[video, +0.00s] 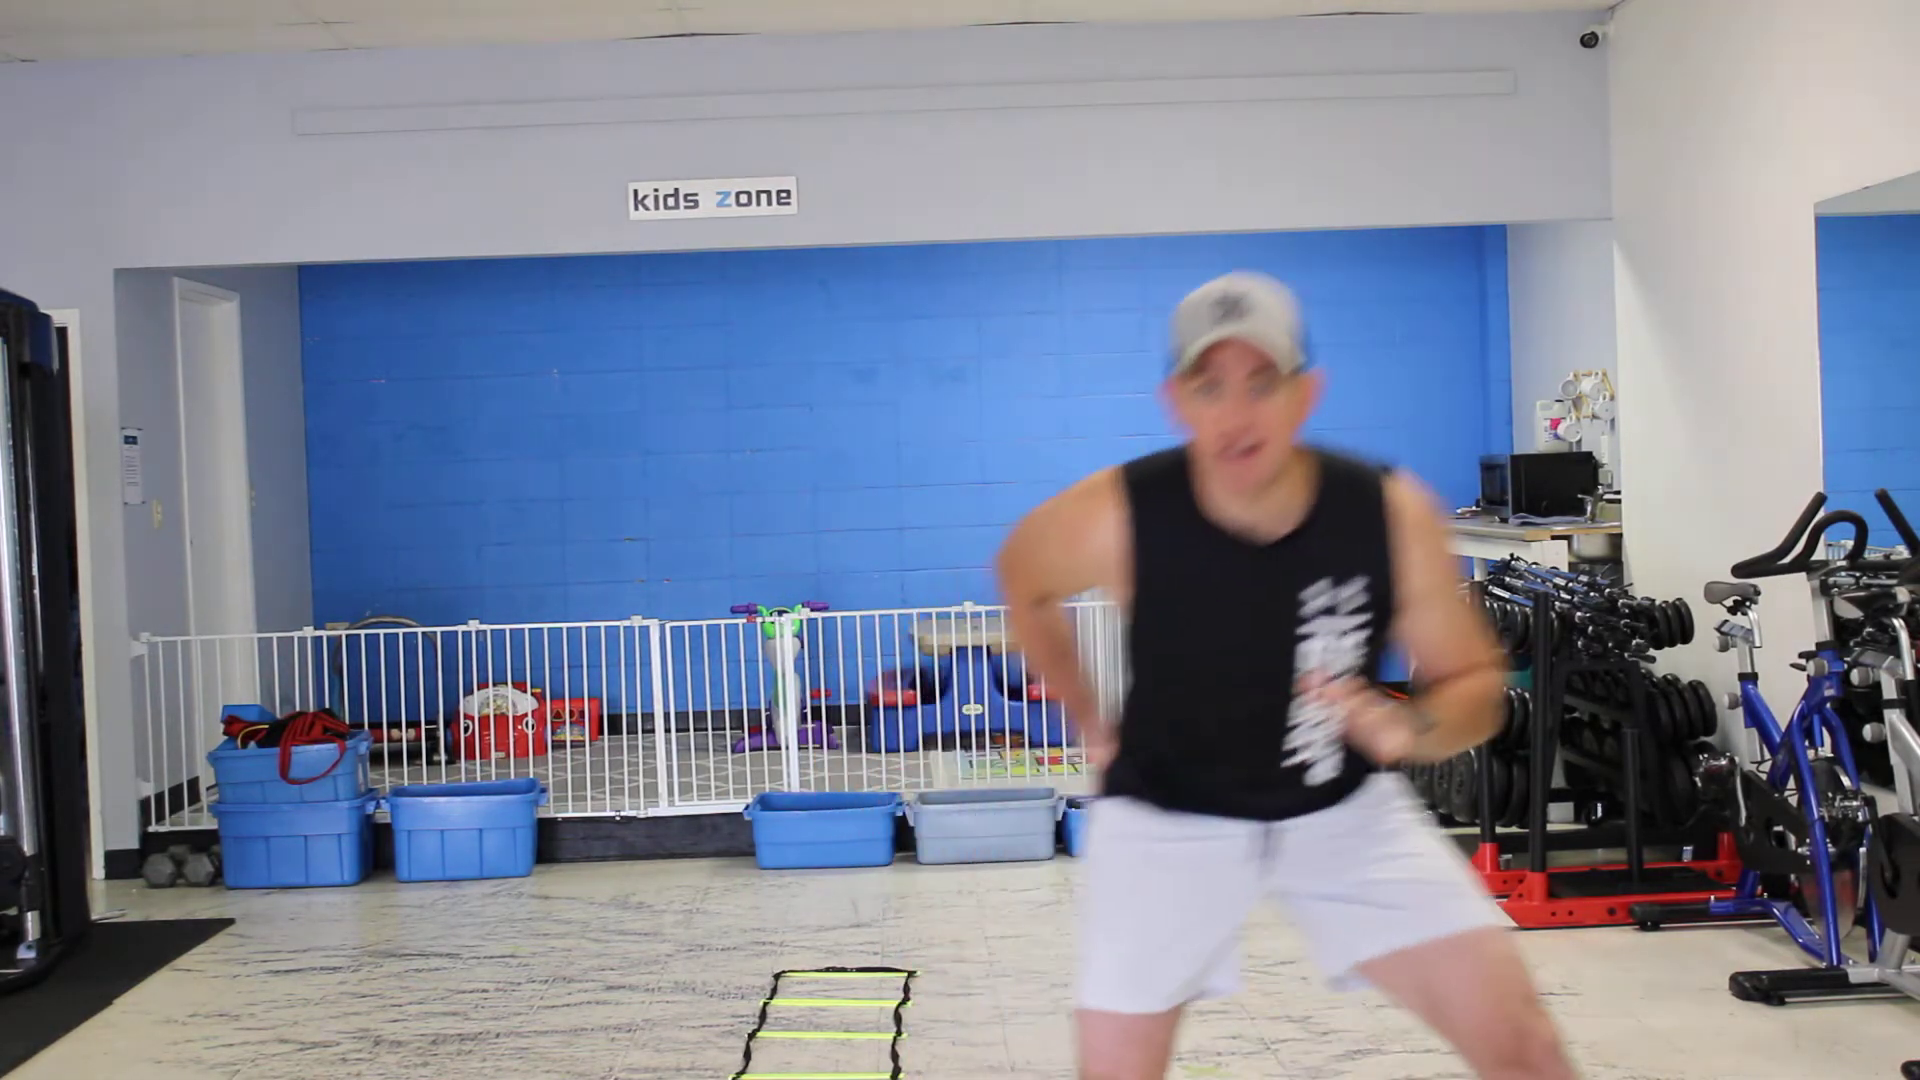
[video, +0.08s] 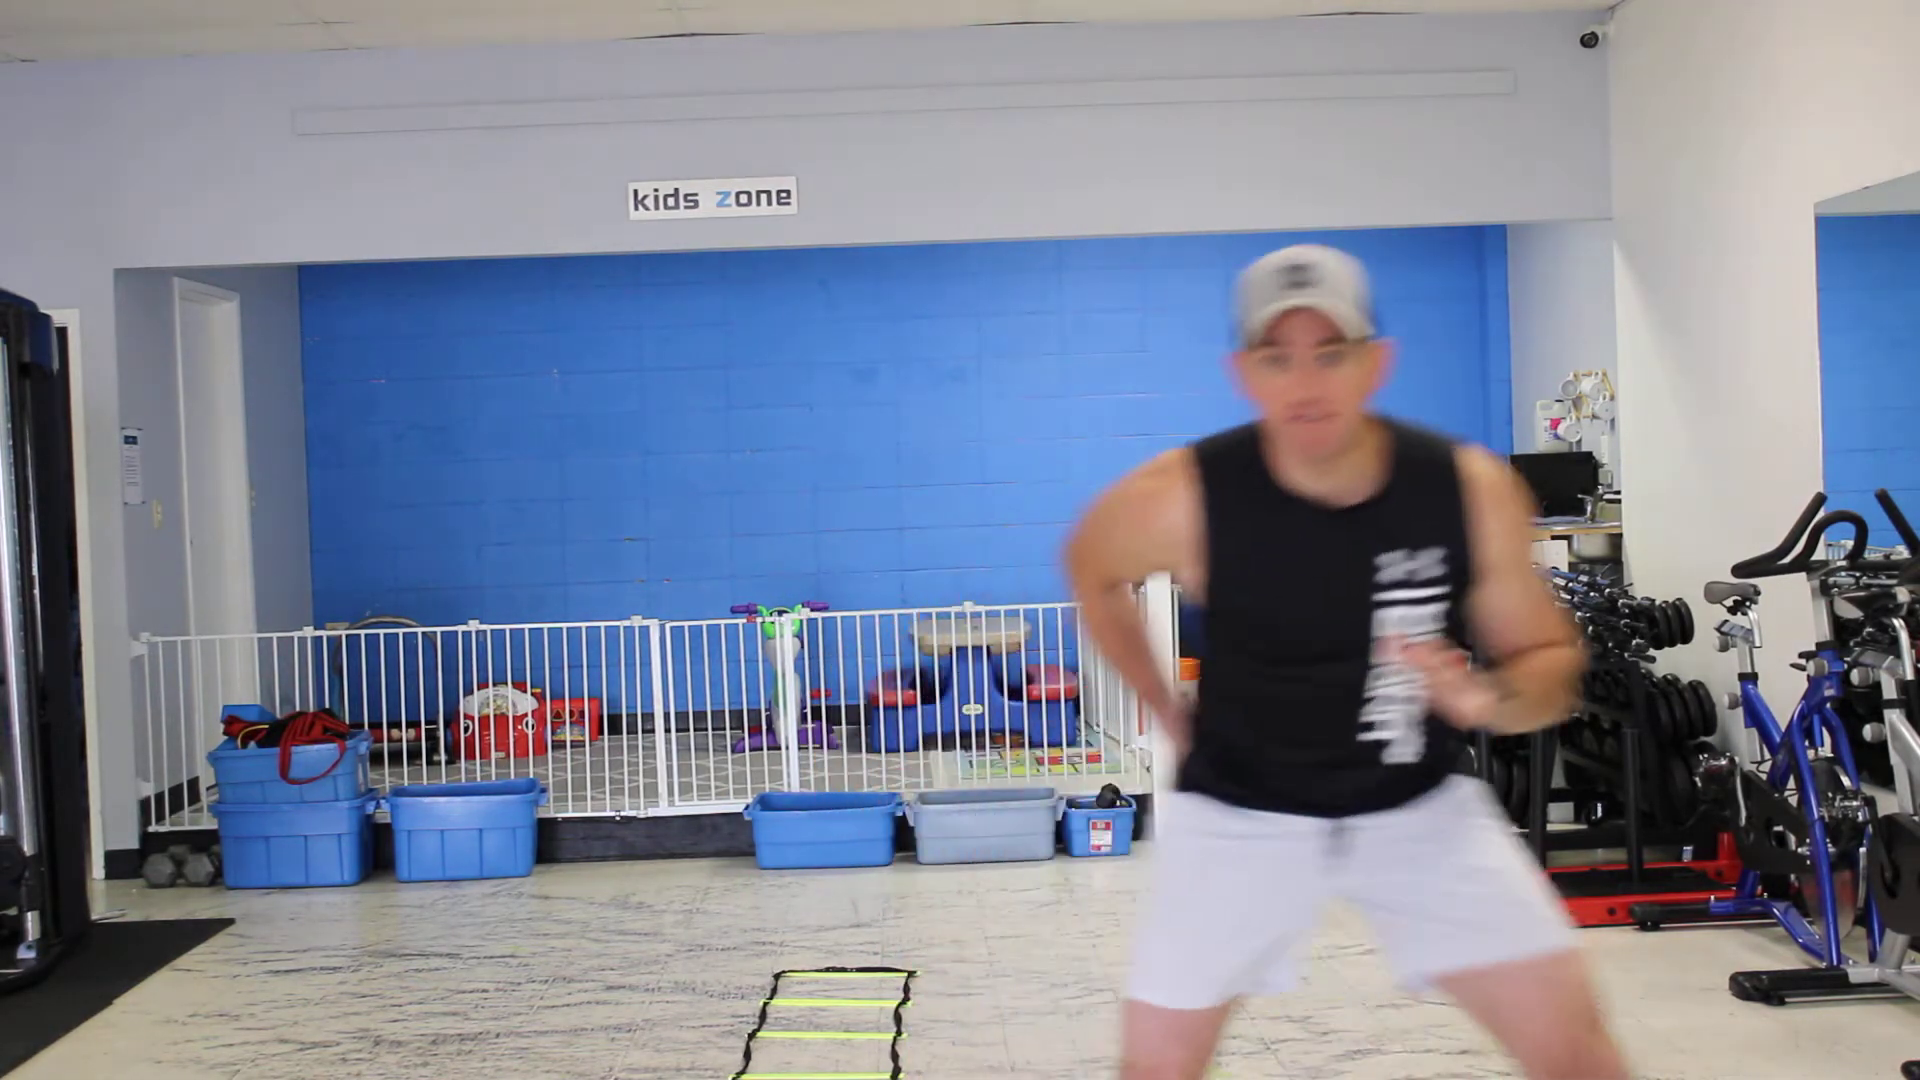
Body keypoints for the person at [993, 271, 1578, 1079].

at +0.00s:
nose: (1236, 414)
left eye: (1261, 384)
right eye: (1207, 387)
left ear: (1306, 394)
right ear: (1176, 404)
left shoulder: (1391, 513)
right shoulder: (1121, 514)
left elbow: (1478, 683)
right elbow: (1021, 574)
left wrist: (1416, 726)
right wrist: (1090, 721)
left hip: (1350, 817)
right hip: (1161, 828)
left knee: (1521, 1042)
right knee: (1116, 1069)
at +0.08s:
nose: (1304, 385)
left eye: (1329, 355)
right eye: (1277, 358)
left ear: (1376, 364)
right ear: (1243, 373)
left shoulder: (1472, 489)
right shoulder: (1186, 497)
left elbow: (1554, 663)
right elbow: (1091, 566)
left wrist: (1491, 698)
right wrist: (1169, 711)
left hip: (1426, 814)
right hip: (1234, 822)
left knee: (1577, 1055)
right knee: (1155, 1066)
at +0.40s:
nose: (1503, 426)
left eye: (1529, 393)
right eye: (1473, 398)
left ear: (1572, 400)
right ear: (1437, 414)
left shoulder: (1663, 529)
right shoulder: (1368, 544)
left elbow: (1758, 694)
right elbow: (1258, 622)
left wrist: (1722, 728)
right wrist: (1333, 772)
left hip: (1587, 863)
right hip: (1386, 869)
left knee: (1749, 1067)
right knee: (1255, 1071)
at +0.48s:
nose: (1504, 419)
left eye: (1530, 387)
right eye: (1473, 391)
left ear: (1573, 396)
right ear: (1437, 408)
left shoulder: (1665, 527)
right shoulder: (1368, 538)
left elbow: (1754, 688)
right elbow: (1261, 618)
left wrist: (1723, 730)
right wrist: (1331, 769)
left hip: (1587, 863)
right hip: (1386, 868)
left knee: (1746, 1066)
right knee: (1255, 1070)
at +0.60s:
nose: (1465, 397)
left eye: (1489, 366)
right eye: (1437, 371)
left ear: (1532, 377)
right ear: (1399, 389)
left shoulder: (1628, 514)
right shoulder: (1332, 526)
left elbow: (1720, 685)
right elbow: (1247, 621)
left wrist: (1678, 717)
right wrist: (1298, 782)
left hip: (1566, 858)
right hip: (1365, 862)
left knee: (1721, 1065)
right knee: (1238, 1070)